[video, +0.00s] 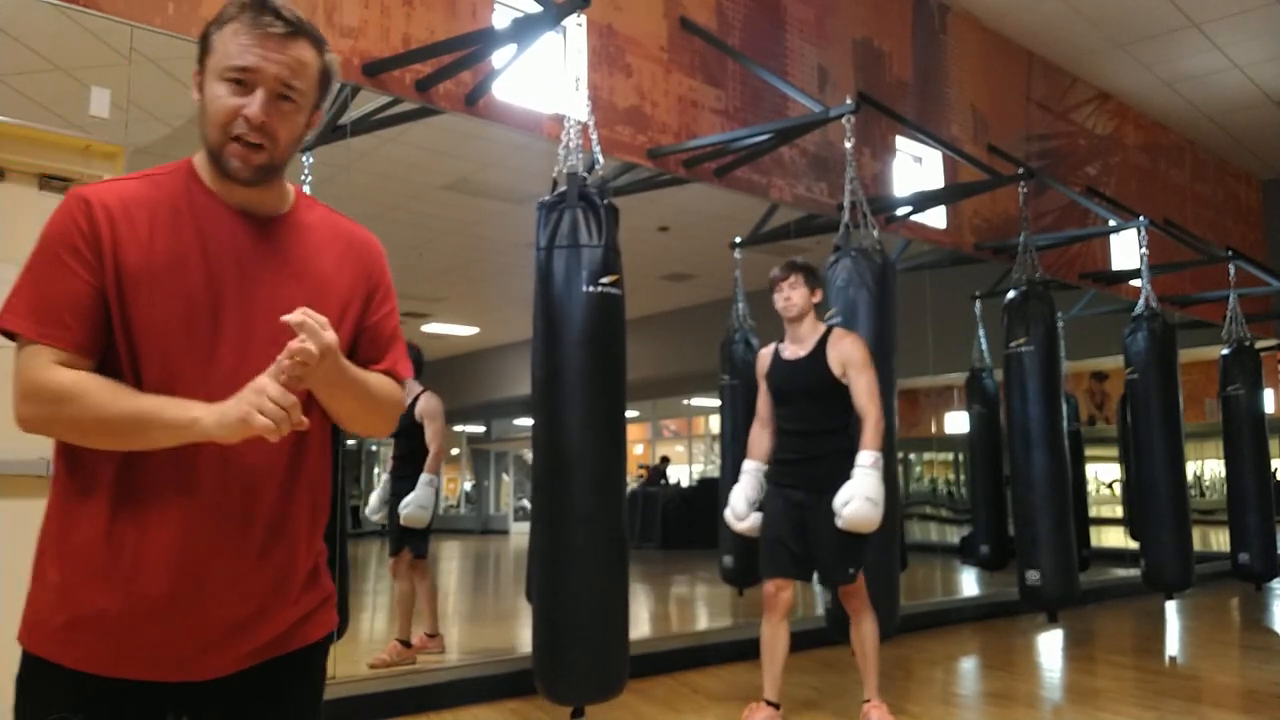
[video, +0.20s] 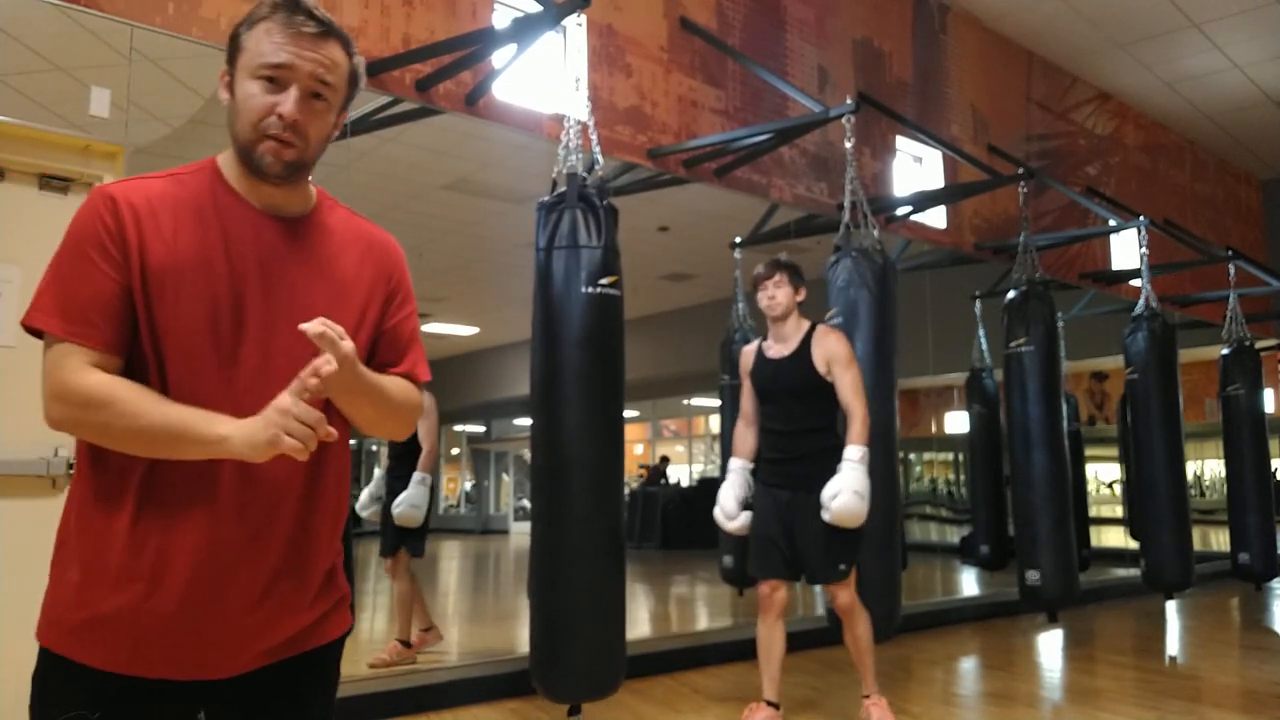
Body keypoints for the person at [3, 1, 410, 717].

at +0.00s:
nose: (256, 113)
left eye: (286, 97)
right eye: (238, 83)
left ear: (314, 118)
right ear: (198, 84)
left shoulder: (355, 256)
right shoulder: (100, 215)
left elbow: (385, 414)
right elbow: (38, 393)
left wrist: (334, 375)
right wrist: (211, 418)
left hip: (273, 654)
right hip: (96, 646)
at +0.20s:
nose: (289, 110)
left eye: (317, 95)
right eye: (271, 80)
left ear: (339, 120)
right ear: (227, 84)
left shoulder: (375, 258)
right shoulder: (126, 213)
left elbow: (402, 420)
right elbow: (69, 391)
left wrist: (353, 382)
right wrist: (236, 434)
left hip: (290, 647)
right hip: (116, 638)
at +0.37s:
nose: (300, 112)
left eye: (328, 97)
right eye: (283, 82)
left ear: (349, 120)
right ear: (238, 84)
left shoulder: (378, 255)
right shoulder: (129, 209)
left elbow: (410, 416)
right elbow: (62, 385)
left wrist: (340, 369)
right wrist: (231, 418)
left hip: (293, 649)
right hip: (116, 640)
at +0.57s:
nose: (250, 93)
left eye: (276, 77)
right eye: (229, 65)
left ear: (300, 103)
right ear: (183, 72)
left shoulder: (344, 244)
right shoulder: (76, 215)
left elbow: (399, 404)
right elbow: (6, 373)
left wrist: (323, 341)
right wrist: (133, 378)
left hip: (289, 650)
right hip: (96, 648)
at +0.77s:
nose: (146, 64)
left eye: (172, 45)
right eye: (120, 39)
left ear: (212, 72)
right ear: (85, 63)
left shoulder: (301, 215)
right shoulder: (23, 221)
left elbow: (388, 347)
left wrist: (371, 410)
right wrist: (22, 303)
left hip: (279, 638)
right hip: (76, 641)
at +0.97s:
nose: (96, 61)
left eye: (123, 39)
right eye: (72, 39)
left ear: (175, 66)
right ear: (48, 66)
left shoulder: (286, 197)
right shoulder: (19, 230)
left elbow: (386, 337)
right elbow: (1, 425)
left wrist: (343, 425)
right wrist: (0, 336)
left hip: (271, 641)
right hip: (78, 645)